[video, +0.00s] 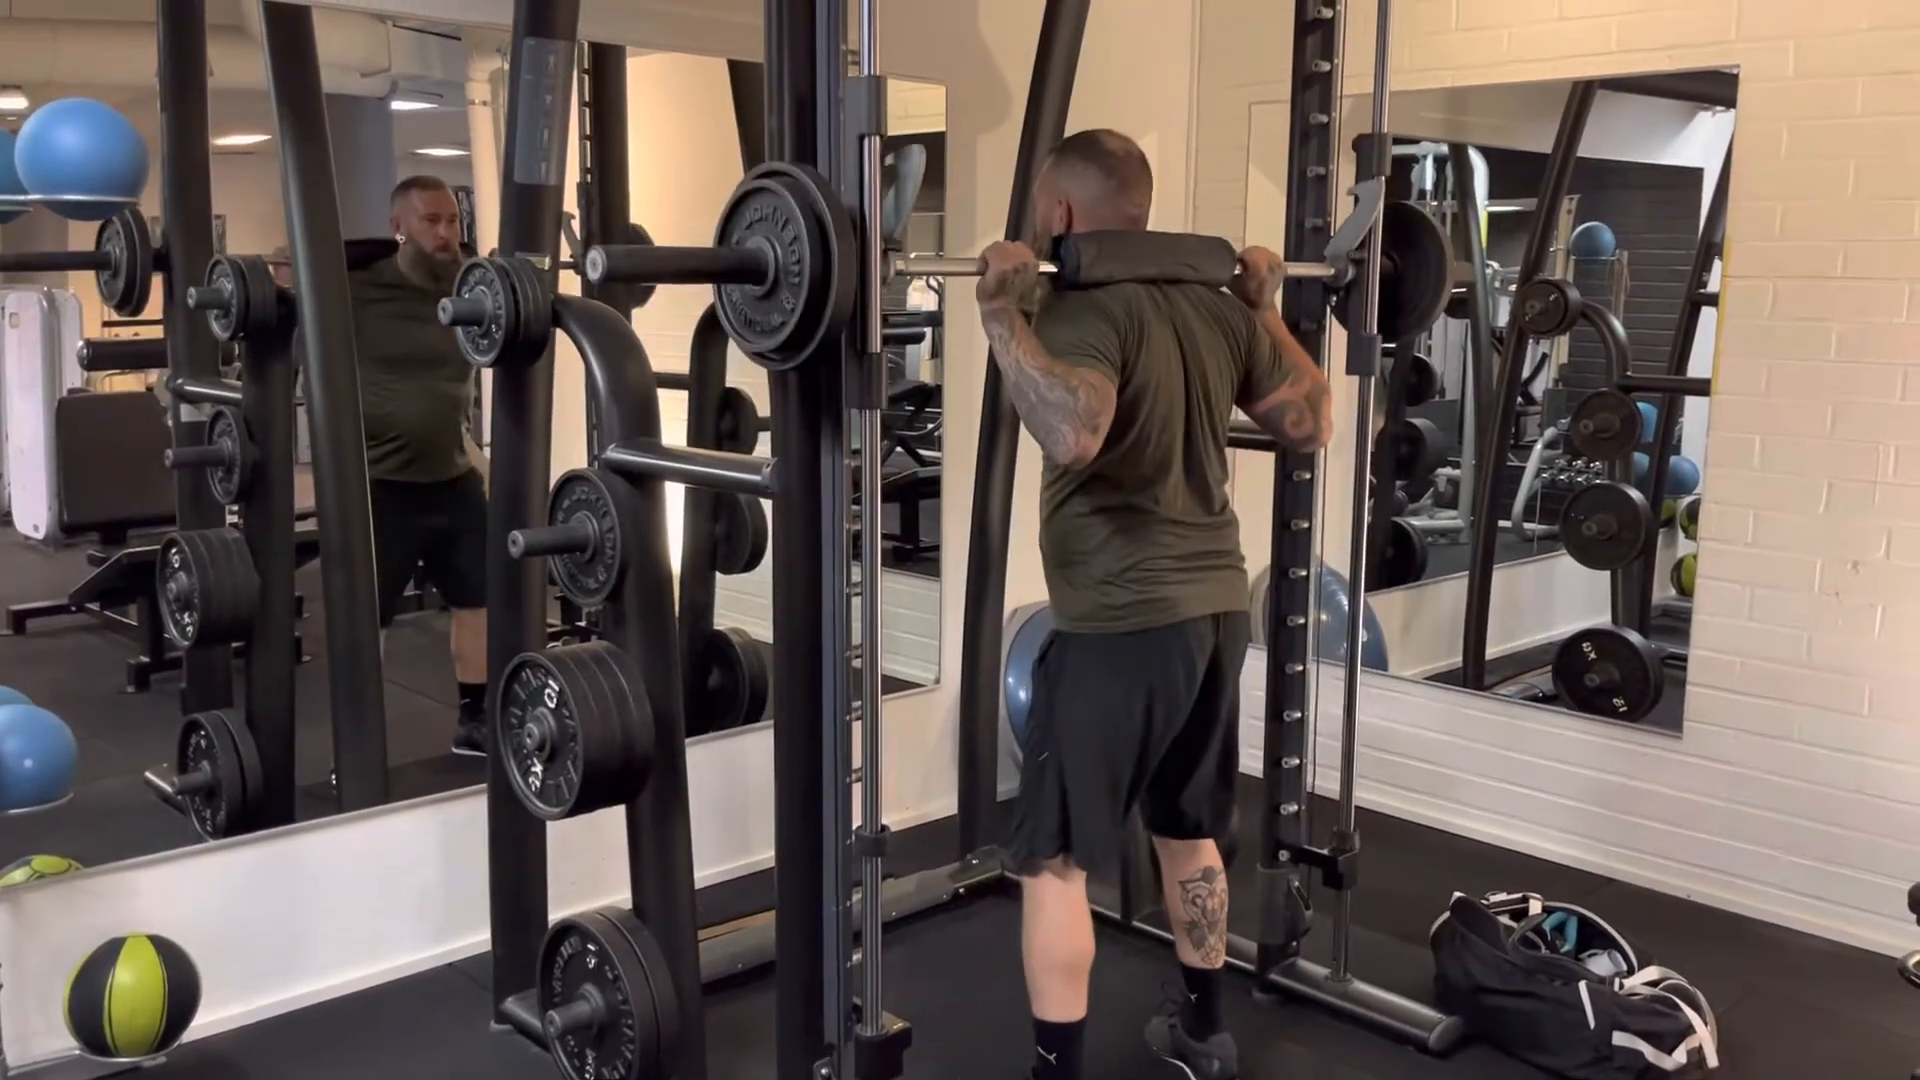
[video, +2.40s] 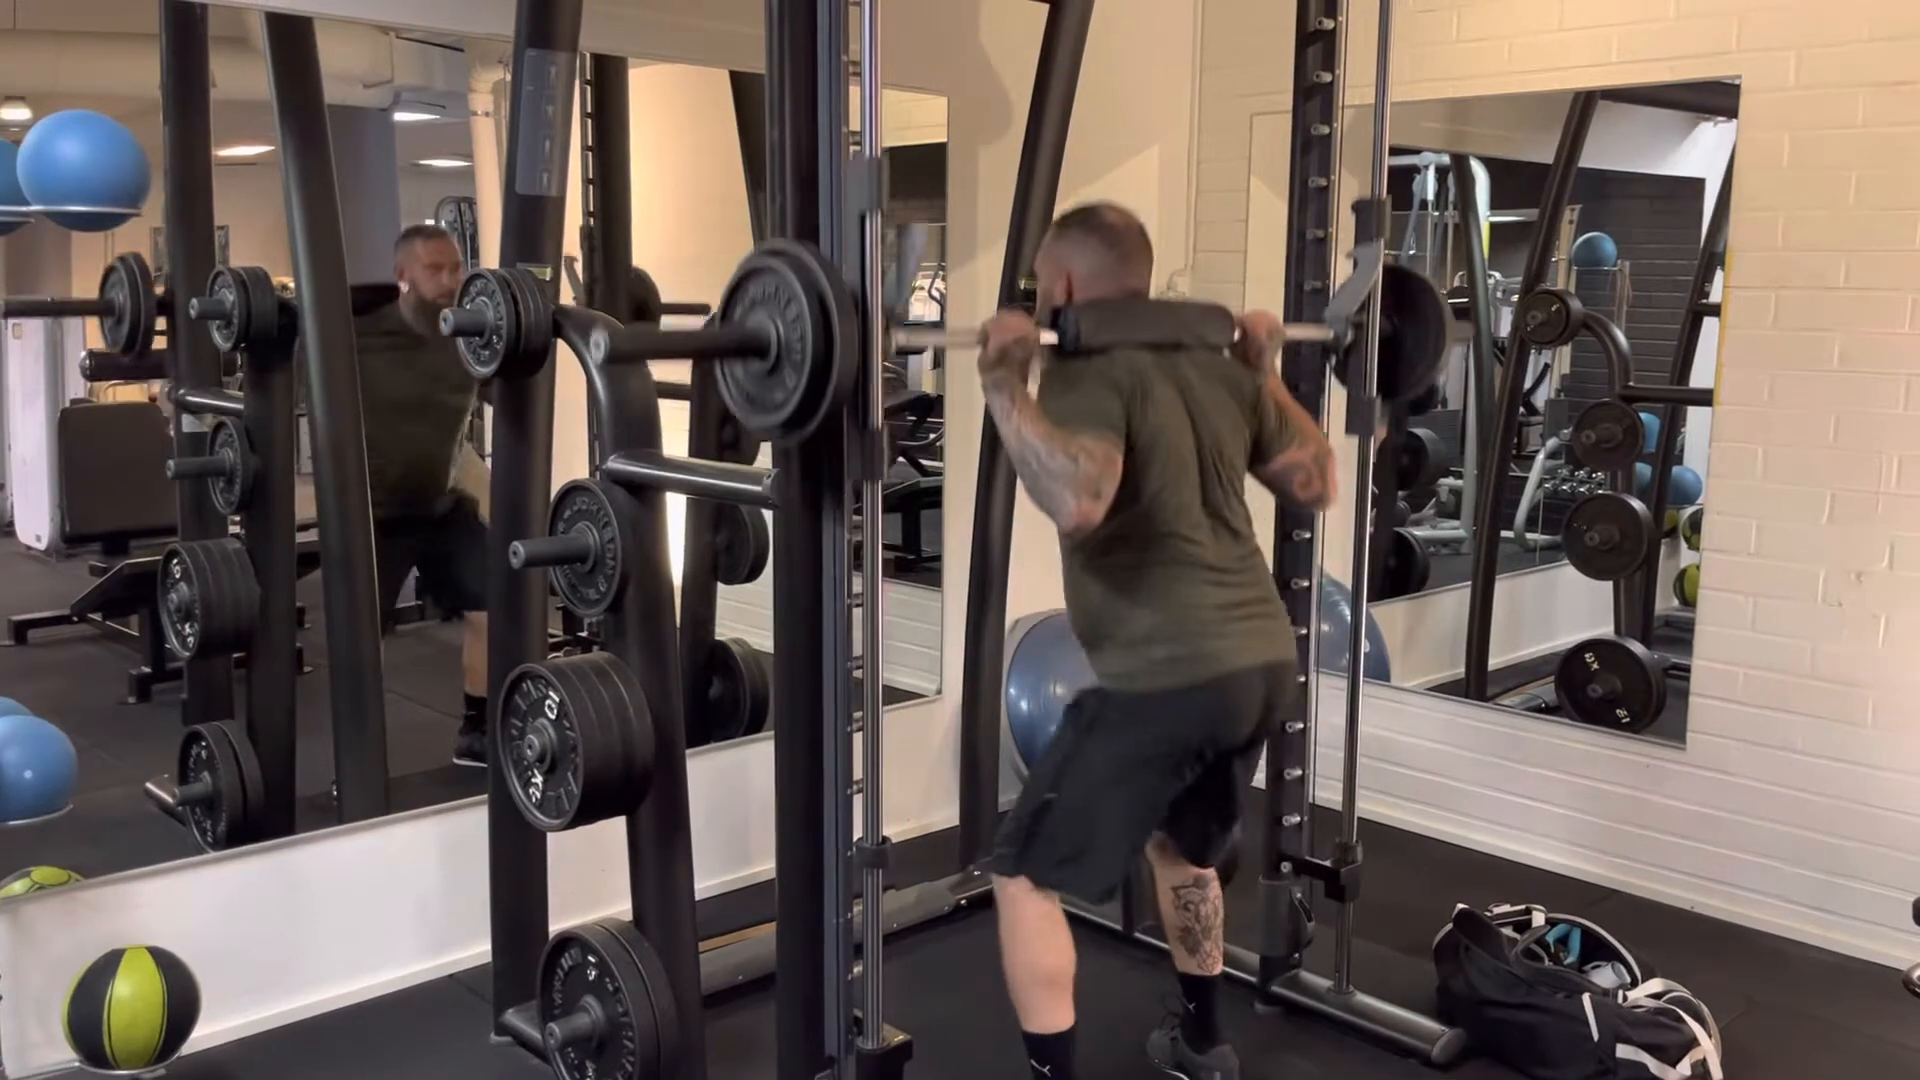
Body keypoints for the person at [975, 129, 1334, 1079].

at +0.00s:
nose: (1037, 223)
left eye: (1041, 207)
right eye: (1043, 207)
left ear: (1063, 208)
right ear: (1141, 205)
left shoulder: (1087, 302)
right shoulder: (1210, 299)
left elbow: (1074, 429)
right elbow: (1305, 420)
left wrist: (1001, 309)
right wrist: (1266, 310)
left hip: (1119, 622)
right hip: (1216, 608)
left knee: (1057, 854)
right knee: (1186, 825)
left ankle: (1056, 1067)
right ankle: (1203, 1032)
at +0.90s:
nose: (1031, 368)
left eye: (1033, 352)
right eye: (1030, 353)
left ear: (1055, 351)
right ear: (1129, 341)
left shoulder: (1091, 426)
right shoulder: (1218, 421)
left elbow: (1084, 555)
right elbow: (1325, 528)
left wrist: (1001, 450)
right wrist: (1265, 427)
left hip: (1173, 743)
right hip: (1271, 730)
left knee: (995, 880)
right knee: (1172, 857)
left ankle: (1045, 1068)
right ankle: (1199, 1038)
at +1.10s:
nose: (1029, 473)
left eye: (1031, 460)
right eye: (1027, 460)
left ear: (1051, 468)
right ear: (1128, 452)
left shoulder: (1092, 540)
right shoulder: (1221, 529)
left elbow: (1089, 668)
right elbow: (1329, 631)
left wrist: (1003, 563)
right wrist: (1264, 526)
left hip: (1197, 845)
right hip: (1294, 829)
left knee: (973, 884)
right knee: (1135, 830)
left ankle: (1043, 1069)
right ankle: (1200, 1036)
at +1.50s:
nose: (1029, 611)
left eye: (1029, 596)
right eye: (1028, 596)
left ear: (1053, 601)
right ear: (1127, 586)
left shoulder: (1092, 679)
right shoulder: (1219, 657)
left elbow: (1085, 821)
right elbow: (1319, 761)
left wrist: (998, 705)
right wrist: (1258, 652)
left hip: (1202, 990)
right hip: (1295, 966)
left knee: (961, 886)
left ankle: (1041, 1069)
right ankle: (1200, 1053)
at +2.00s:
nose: (1034, 490)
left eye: (1035, 475)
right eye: (1033, 475)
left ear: (1058, 480)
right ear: (1134, 467)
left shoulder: (1095, 555)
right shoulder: (1221, 544)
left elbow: (1091, 684)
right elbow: (1329, 643)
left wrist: (1001, 575)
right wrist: (1264, 540)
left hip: (1209, 850)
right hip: (1313, 836)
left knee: (986, 884)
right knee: (1150, 839)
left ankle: (1046, 1070)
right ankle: (1200, 1038)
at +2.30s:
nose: (1037, 345)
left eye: (1040, 329)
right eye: (1039, 330)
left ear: (1063, 330)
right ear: (1139, 324)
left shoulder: (1092, 412)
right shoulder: (1218, 405)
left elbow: (1082, 543)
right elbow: (1320, 522)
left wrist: (1005, 435)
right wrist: (1267, 415)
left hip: (1183, 717)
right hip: (1278, 703)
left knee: (1010, 875)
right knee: (1177, 850)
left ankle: (1051, 1070)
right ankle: (1204, 1042)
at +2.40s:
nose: (1043, 301)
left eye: (1046, 286)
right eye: (1044, 287)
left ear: (1069, 284)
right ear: (1141, 277)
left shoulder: (1091, 369)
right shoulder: (1217, 360)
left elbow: (1079, 497)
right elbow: (1316, 482)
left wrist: (1008, 393)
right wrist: (1267, 372)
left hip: (1161, 680)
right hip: (1261, 667)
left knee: (1025, 871)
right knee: (1183, 840)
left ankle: (1052, 1070)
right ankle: (1202, 1041)